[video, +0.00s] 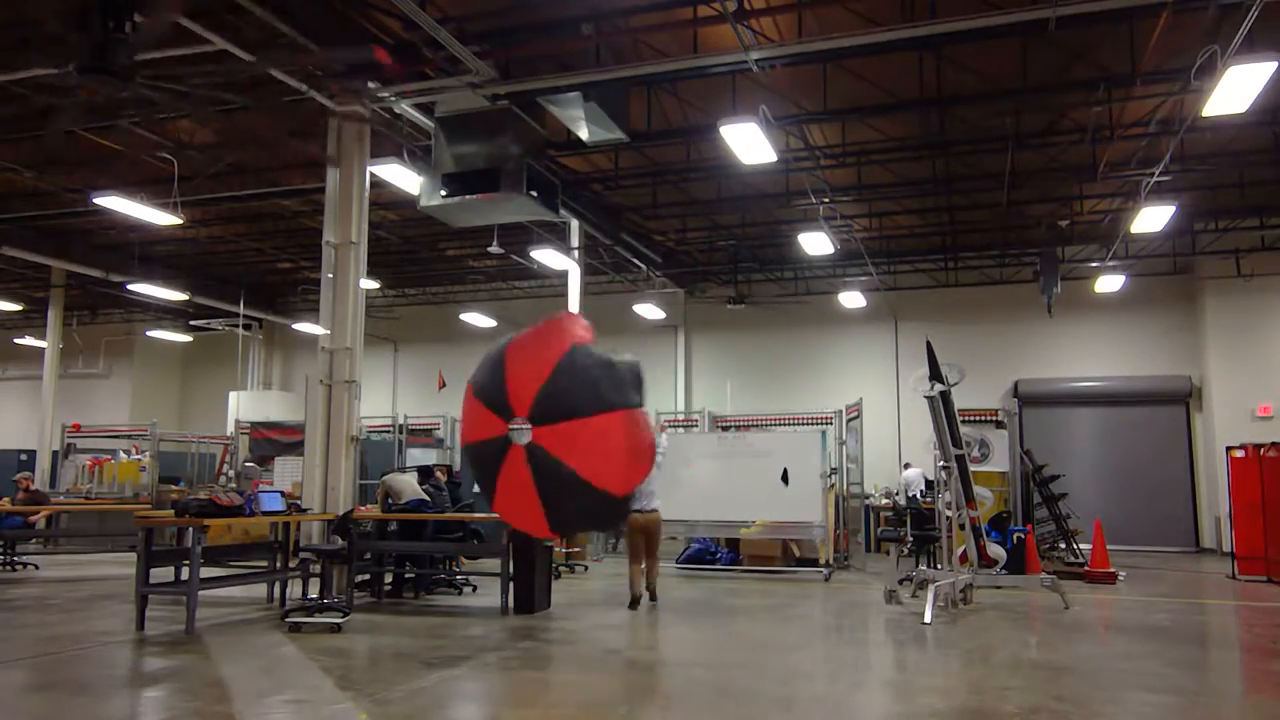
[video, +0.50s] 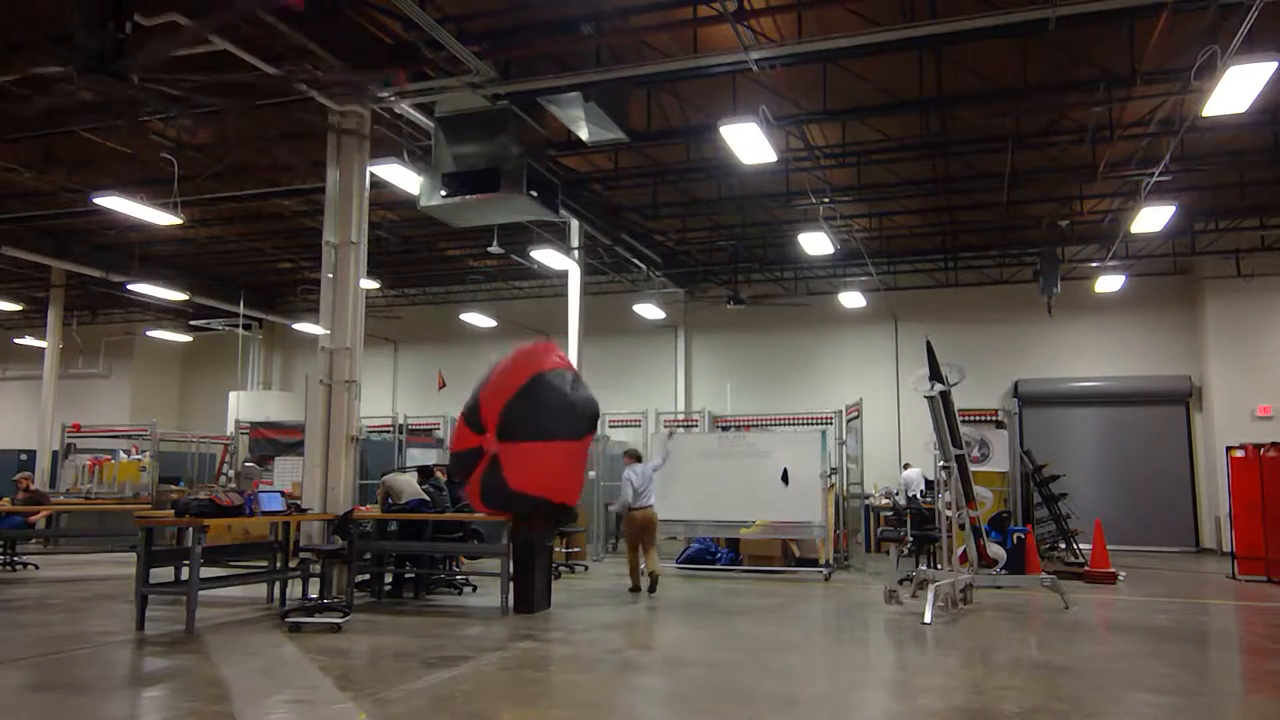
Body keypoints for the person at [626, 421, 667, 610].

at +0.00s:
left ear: (632, 451)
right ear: (646, 452)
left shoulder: (628, 467)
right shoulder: (653, 466)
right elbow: (660, 449)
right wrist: (662, 434)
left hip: (634, 513)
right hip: (653, 513)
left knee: (635, 559)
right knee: (652, 556)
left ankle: (636, 592)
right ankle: (651, 587)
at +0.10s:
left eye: (634, 454)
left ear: (632, 458)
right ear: (646, 457)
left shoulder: (625, 476)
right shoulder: (653, 467)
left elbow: (622, 502)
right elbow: (664, 453)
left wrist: (626, 511)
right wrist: (666, 434)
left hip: (635, 512)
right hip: (653, 510)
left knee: (635, 552)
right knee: (652, 554)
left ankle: (635, 579)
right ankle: (652, 590)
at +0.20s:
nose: (629, 463)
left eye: (630, 460)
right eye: (630, 460)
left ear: (634, 461)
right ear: (645, 460)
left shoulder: (629, 480)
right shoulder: (654, 470)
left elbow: (624, 504)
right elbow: (666, 455)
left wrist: (627, 513)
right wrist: (666, 434)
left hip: (636, 517)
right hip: (654, 516)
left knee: (634, 554)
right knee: (652, 555)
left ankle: (635, 574)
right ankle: (652, 589)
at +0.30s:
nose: (626, 462)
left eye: (628, 459)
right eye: (627, 459)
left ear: (634, 459)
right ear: (641, 459)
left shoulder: (630, 477)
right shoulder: (653, 467)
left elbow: (627, 502)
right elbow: (666, 453)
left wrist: (625, 514)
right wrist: (667, 433)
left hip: (637, 514)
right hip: (654, 512)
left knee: (633, 553)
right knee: (651, 555)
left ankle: (636, 578)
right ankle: (652, 590)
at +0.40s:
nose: (624, 458)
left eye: (626, 455)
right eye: (625, 455)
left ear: (631, 456)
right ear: (639, 456)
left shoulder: (629, 472)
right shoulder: (651, 464)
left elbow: (629, 496)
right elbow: (665, 451)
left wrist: (621, 509)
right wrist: (668, 432)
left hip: (636, 508)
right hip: (652, 507)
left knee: (633, 550)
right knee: (650, 549)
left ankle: (635, 584)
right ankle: (652, 582)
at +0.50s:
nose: (624, 461)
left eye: (625, 458)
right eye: (624, 458)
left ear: (630, 459)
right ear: (637, 458)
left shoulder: (627, 473)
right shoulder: (648, 468)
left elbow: (627, 498)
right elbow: (662, 459)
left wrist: (615, 507)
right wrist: (667, 442)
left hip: (634, 512)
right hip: (649, 510)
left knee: (632, 550)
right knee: (649, 546)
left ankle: (635, 583)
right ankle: (653, 571)